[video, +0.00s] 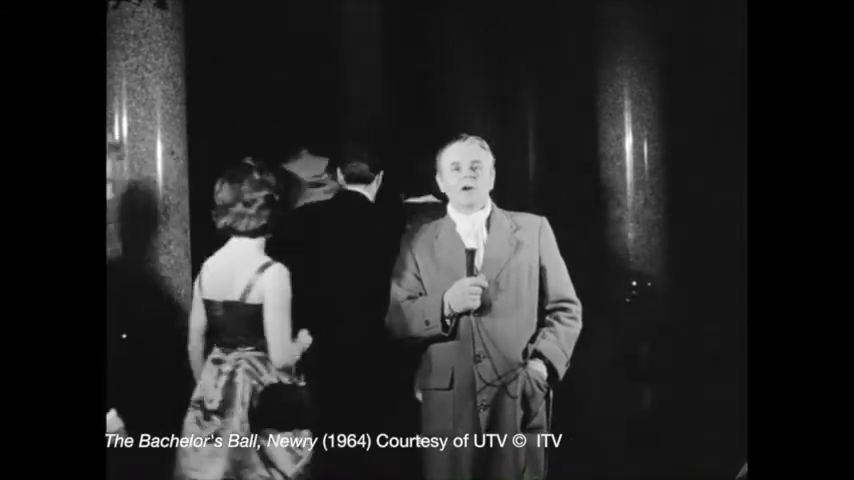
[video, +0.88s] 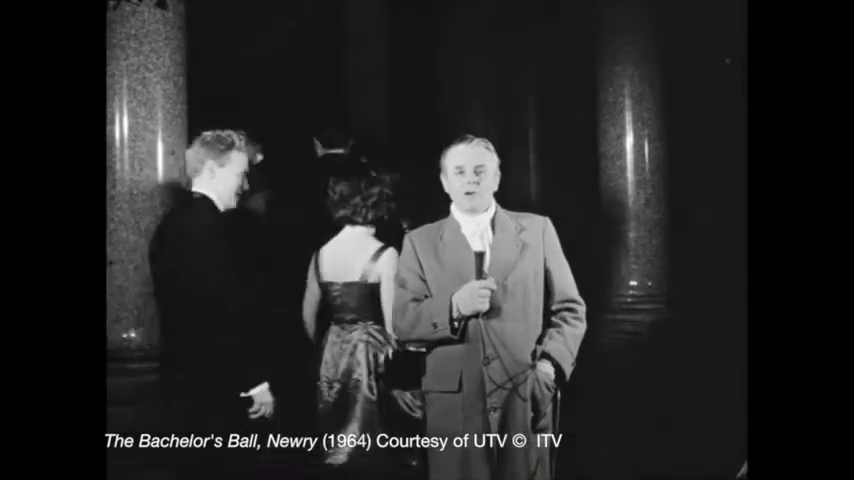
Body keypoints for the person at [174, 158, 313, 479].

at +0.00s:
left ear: (225, 211)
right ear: (273, 213)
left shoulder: (207, 269)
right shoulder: (272, 273)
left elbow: (195, 341)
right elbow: (281, 357)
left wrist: (205, 386)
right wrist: (301, 343)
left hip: (213, 390)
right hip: (259, 397)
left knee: (212, 469)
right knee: (258, 471)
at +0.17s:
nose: (309, 211)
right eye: (305, 204)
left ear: (254, 207)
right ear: (299, 210)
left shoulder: (233, 264)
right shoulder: (305, 267)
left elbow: (214, 337)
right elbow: (317, 349)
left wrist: (219, 390)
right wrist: (332, 341)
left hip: (242, 382)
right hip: (290, 385)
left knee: (247, 463)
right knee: (293, 465)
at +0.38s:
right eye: (332, 201)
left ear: (281, 208)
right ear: (328, 209)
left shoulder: (262, 266)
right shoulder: (338, 267)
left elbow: (242, 338)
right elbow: (351, 345)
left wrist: (241, 393)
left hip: (273, 376)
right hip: (320, 379)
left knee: (280, 462)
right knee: (327, 464)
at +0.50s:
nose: (351, 212)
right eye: (346, 205)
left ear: (297, 212)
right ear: (340, 212)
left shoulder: (278, 267)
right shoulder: (354, 268)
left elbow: (261, 338)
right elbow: (362, 345)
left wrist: (254, 394)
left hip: (289, 378)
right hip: (335, 380)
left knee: (290, 462)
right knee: (336, 462)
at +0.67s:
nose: (361, 202)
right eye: (358, 196)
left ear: (314, 204)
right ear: (355, 203)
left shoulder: (298, 260)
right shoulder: (366, 260)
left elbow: (283, 335)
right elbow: (375, 336)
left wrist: (284, 381)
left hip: (307, 371)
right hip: (350, 373)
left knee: (308, 456)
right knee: (351, 456)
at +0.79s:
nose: (371, 202)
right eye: (368, 195)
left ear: (327, 204)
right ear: (364, 202)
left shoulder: (313, 257)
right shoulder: (376, 257)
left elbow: (299, 325)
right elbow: (385, 331)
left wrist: (308, 360)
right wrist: (396, 360)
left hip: (323, 356)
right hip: (363, 358)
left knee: (326, 441)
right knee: (366, 443)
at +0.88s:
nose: (387, 206)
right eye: (382, 200)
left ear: (340, 205)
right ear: (377, 206)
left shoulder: (321, 254)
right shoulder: (384, 254)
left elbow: (309, 314)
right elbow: (391, 318)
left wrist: (320, 344)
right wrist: (400, 350)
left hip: (333, 346)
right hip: (371, 347)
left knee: (334, 425)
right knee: (373, 425)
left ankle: (337, 469)